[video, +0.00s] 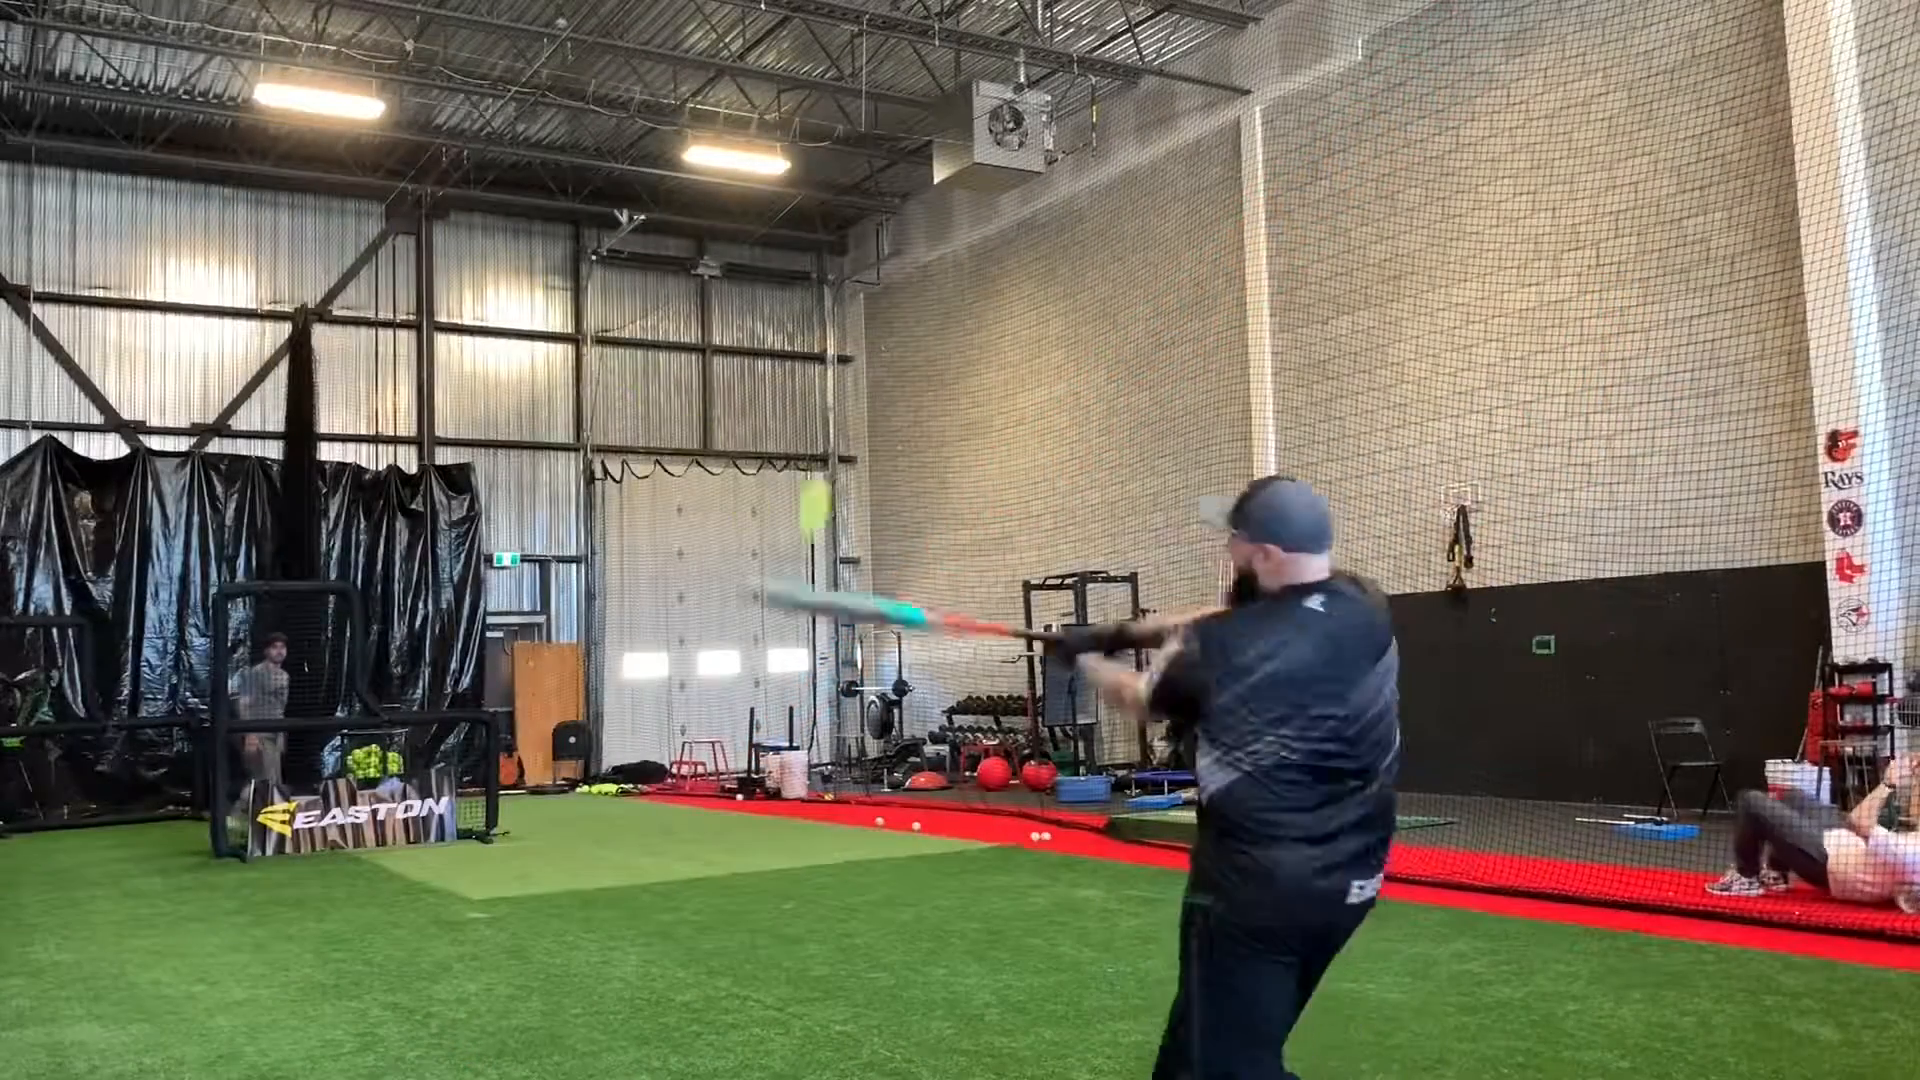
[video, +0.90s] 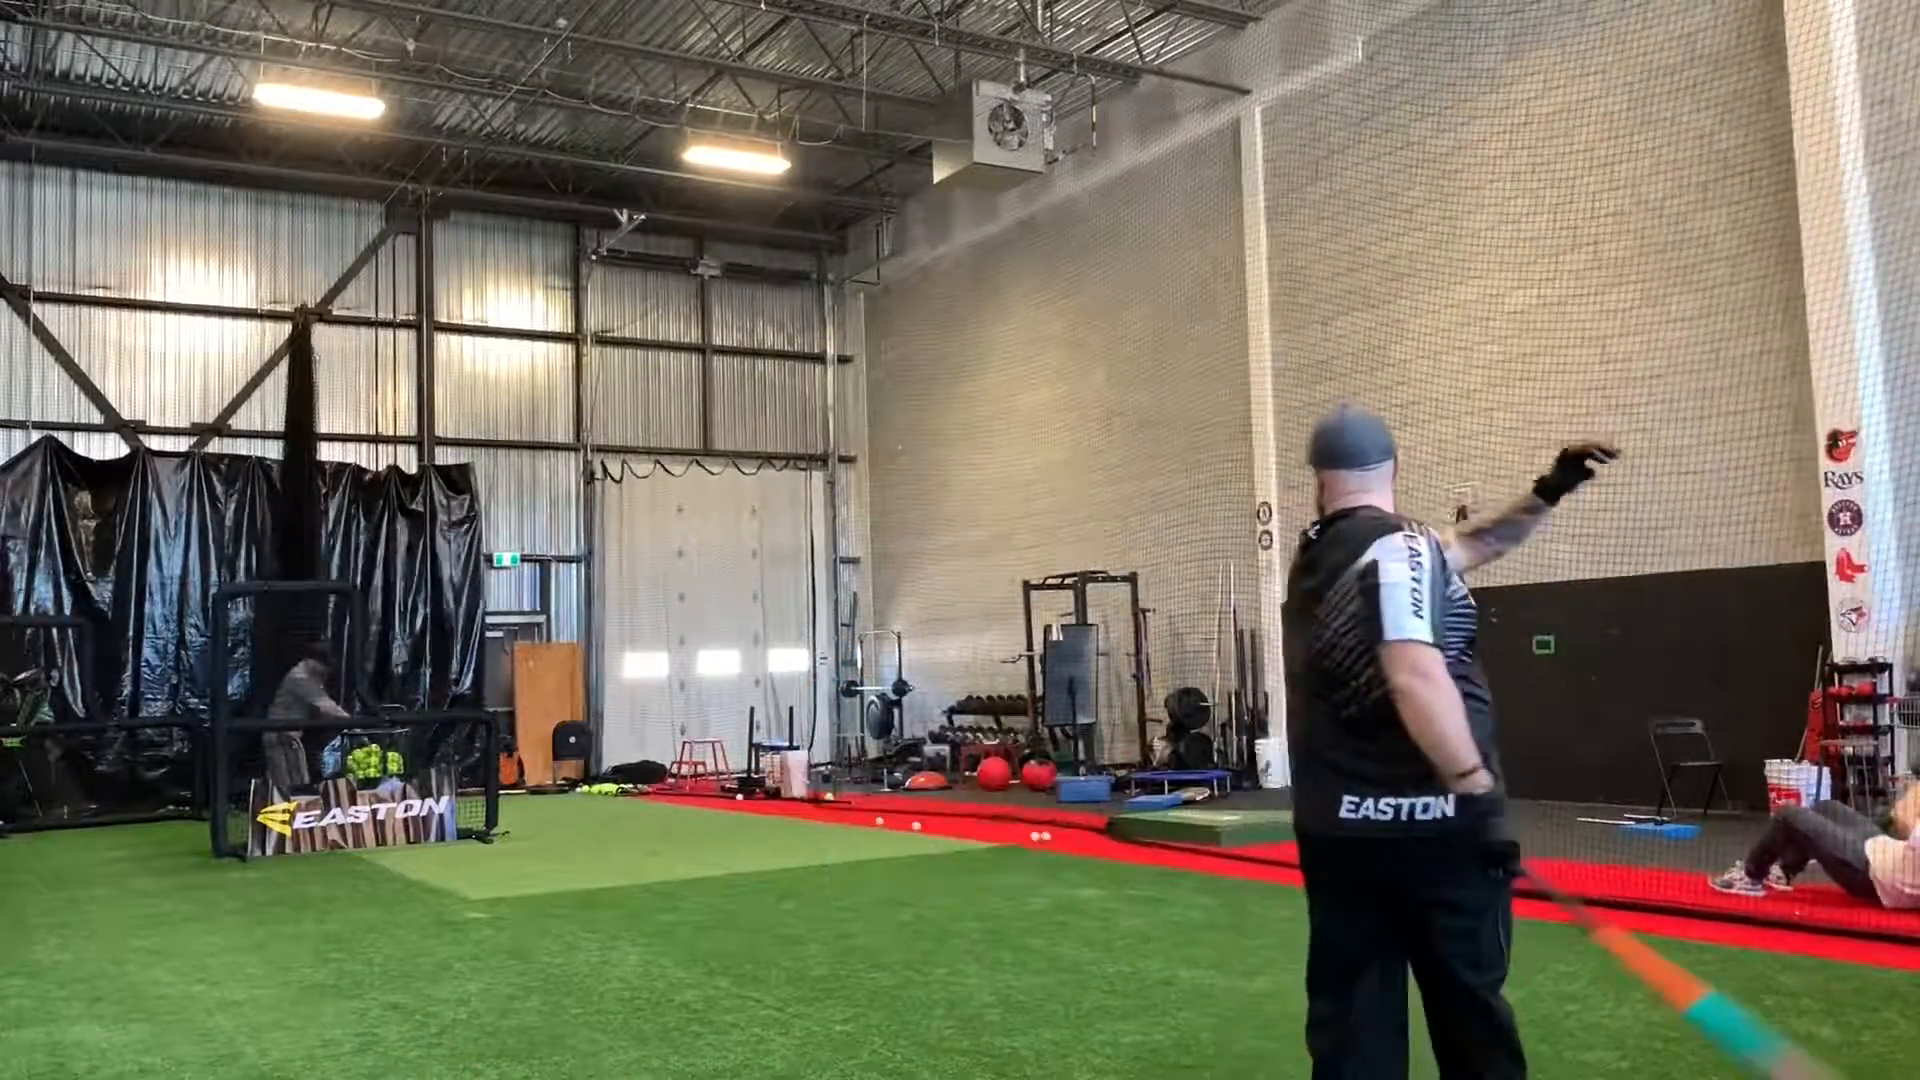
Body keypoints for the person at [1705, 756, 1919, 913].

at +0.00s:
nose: (1914, 798)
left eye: (1915, 793)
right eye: (1915, 791)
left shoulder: (1909, 857)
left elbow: (1860, 822)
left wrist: (1887, 784)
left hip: (1836, 866)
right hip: (1853, 846)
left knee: (1751, 802)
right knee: (1795, 798)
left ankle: (1746, 876)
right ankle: (1776, 872)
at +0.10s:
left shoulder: (1910, 854)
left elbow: (1866, 822)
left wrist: (1896, 782)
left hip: (1840, 867)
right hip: (1855, 844)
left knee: (1755, 803)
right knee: (1797, 797)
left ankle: (1746, 877)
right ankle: (1776, 870)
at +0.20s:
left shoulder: (1912, 852)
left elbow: (1876, 820)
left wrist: (1903, 783)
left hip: (1846, 870)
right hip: (1863, 845)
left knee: (1767, 807)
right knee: (1807, 800)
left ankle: (1746, 877)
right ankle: (1778, 869)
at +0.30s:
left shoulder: (1914, 849)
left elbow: (1883, 821)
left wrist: (1904, 786)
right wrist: (1906, 787)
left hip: (1851, 870)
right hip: (1867, 848)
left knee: (1768, 808)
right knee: (1814, 803)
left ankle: (1746, 876)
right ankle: (1779, 870)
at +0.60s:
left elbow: (1903, 822)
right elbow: (1904, 822)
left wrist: (1912, 790)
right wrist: (1914, 790)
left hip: (1877, 876)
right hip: (1890, 853)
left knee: (1793, 815)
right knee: (1829, 810)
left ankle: (1747, 874)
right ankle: (1782, 871)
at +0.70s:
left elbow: (1904, 821)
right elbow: (1904, 821)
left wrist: (1911, 791)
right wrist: (1914, 792)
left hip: (1882, 876)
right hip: (1893, 852)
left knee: (1794, 817)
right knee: (1833, 811)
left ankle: (1750, 873)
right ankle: (1784, 872)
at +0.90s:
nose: (1902, 802)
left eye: (1907, 799)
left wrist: (1910, 826)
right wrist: (1912, 824)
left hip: (1877, 873)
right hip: (1889, 850)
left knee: (1790, 814)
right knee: (1828, 807)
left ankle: (1750, 873)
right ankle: (1782, 871)